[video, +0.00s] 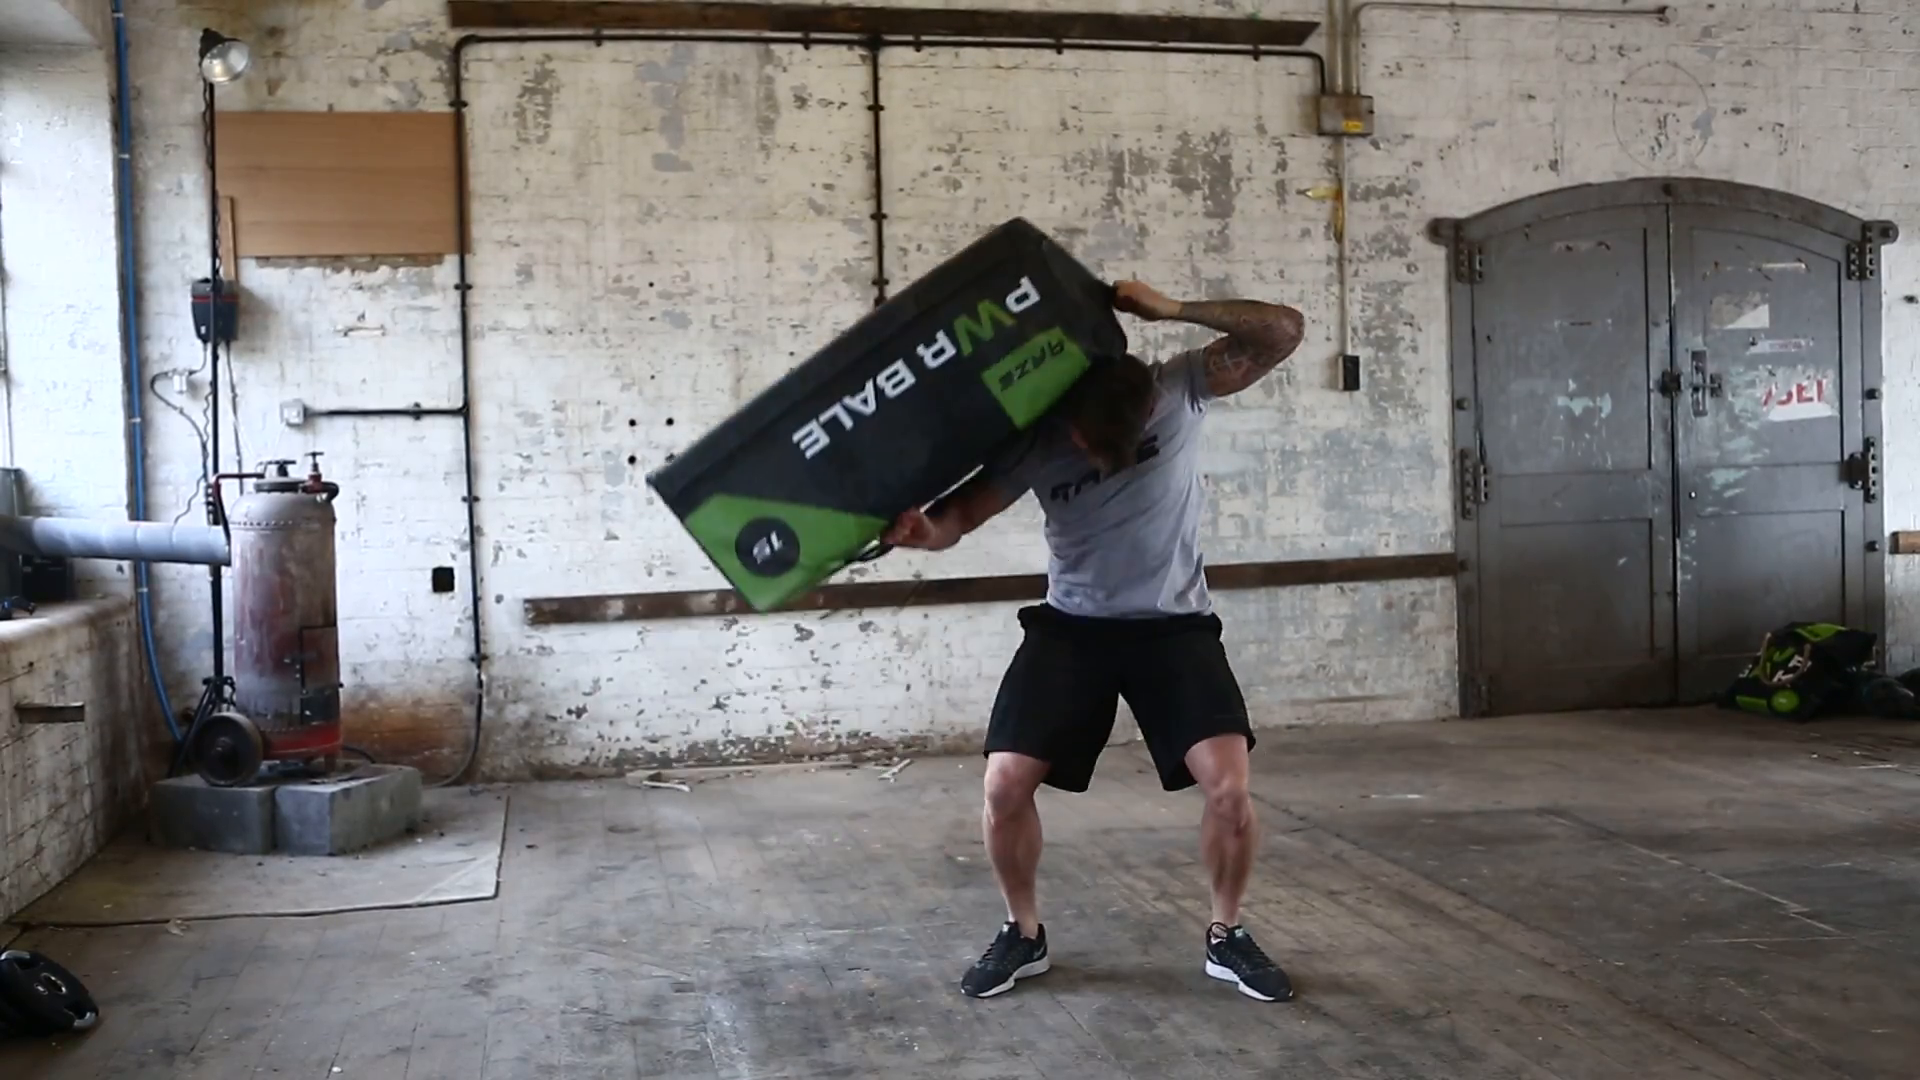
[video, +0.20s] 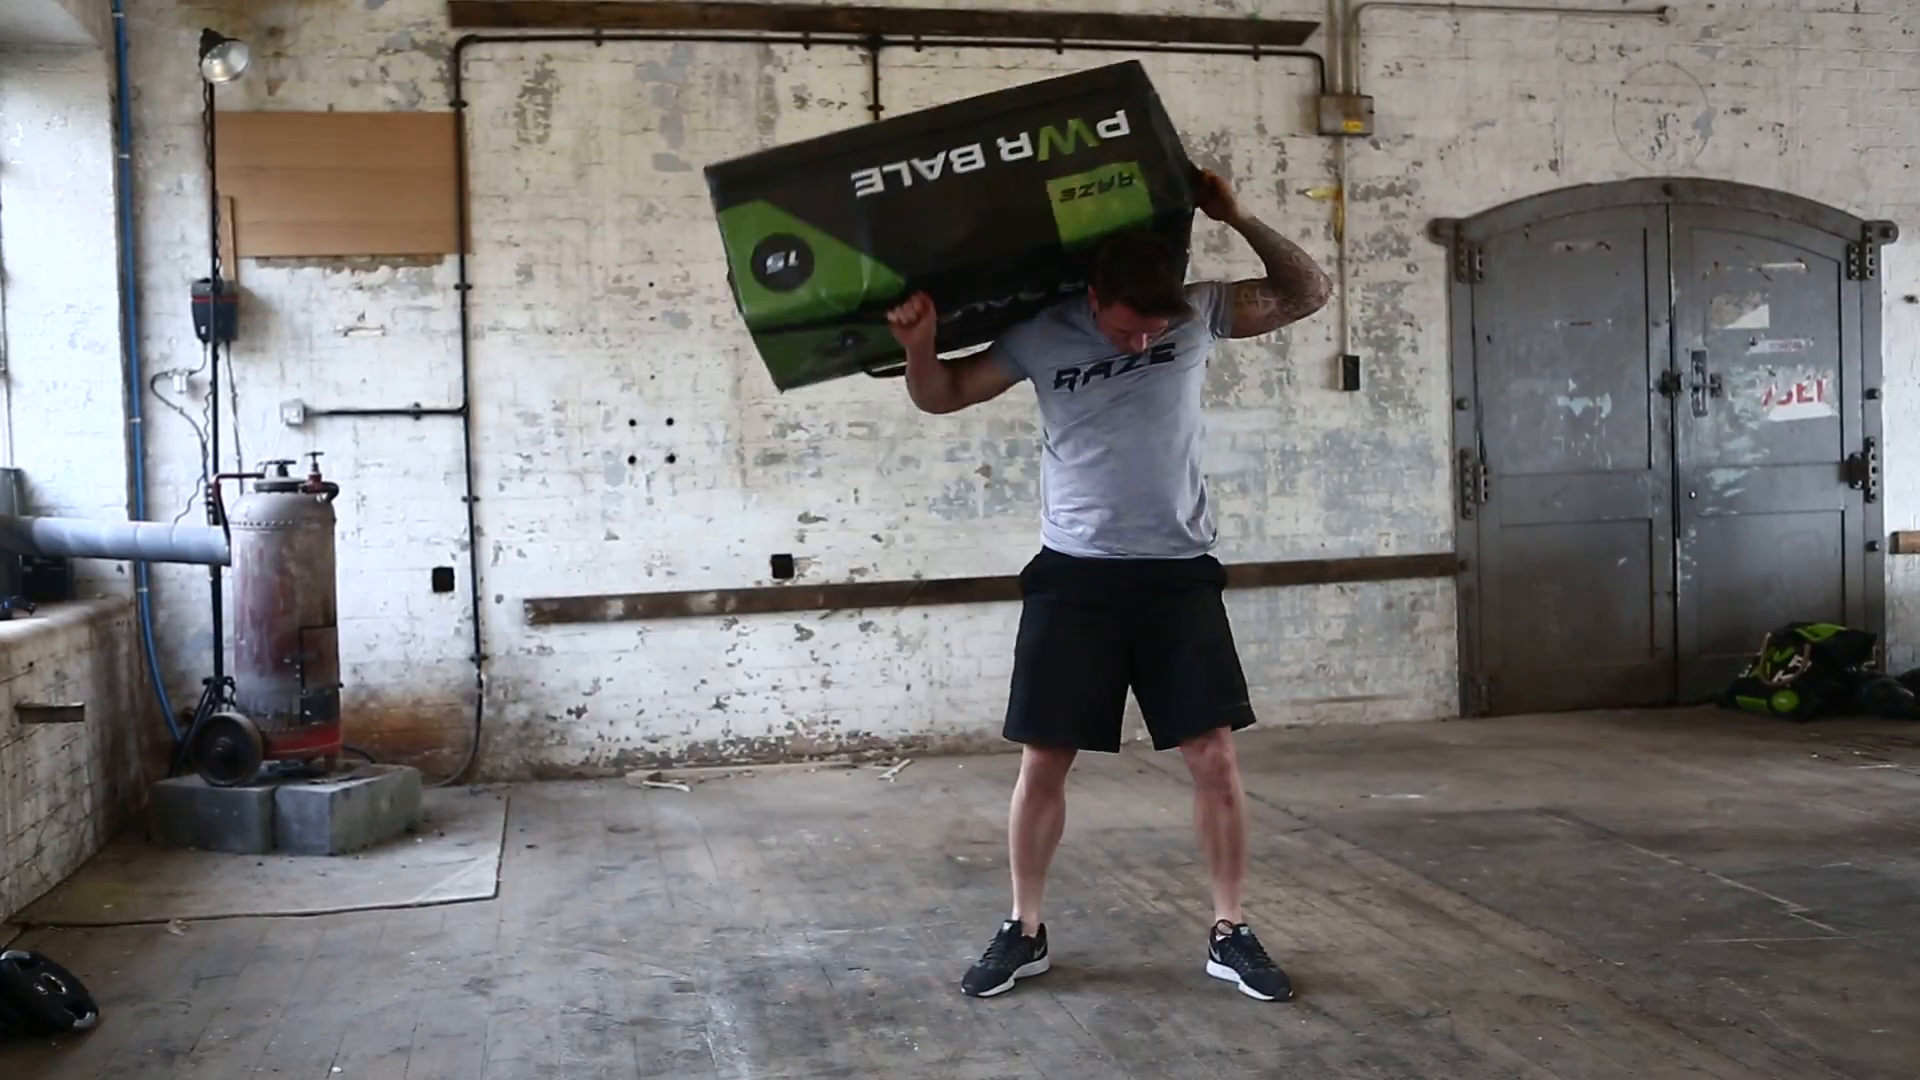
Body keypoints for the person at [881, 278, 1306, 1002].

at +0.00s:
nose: (1093, 460)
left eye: (1108, 449)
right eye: (1085, 448)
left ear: (1140, 414)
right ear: (1069, 420)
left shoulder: (1179, 389)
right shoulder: (1041, 443)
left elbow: (1286, 327)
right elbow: (956, 517)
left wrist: (1176, 309)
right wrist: (922, 530)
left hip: (1177, 627)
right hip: (1071, 630)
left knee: (1231, 791)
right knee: (1005, 785)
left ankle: (1227, 936)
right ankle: (1023, 934)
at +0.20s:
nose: (1142, 340)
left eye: (1155, 327)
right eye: (1127, 327)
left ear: (1172, 299)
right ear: (1093, 295)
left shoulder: (1199, 310)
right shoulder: (1040, 336)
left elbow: (1307, 289)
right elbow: (940, 396)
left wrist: (1240, 218)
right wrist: (918, 352)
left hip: (1179, 576)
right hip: (1072, 578)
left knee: (1214, 758)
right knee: (1042, 760)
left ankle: (1230, 931)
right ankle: (1023, 926)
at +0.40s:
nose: (1132, 315)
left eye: (1148, 301)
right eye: (1117, 300)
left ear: (1171, 282)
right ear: (1090, 277)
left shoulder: (1198, 325)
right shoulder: (1042, 317)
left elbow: (1305, 350)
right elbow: (926, 335)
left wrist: (1285, 255)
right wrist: (924, 263)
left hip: (1170, 581)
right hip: (1064, 581)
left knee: (1203, 760)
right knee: (1040, 763)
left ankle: (1230, 930)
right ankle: (1021, 927)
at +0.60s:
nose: (1130, 303)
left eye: (1146, 287)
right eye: (1115, 286)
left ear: (1176, 272)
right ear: (1094, 270)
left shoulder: (1208, 327)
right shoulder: (1054, 317)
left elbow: (1325, 353)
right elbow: (946, 334)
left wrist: (1301, 249)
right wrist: (934, 267)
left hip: (1174, 581)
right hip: (1069, 580)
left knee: (1207, 758)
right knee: (1045, 763)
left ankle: (1232, 930)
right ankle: (1023, 927)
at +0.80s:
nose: (1129, 300)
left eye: (1144, 284)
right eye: (1114, 284)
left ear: (1167, 272)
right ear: (1088, 272)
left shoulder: (1200, 328)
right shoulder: (1046, 322)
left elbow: (1321, 349)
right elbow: (939, 342)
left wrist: (1301, 246)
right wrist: (932, 267)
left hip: (1171, 581)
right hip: (1066, 581)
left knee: (1204, 759)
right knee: (1043, 764)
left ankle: (1232, 927)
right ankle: (1022, 928)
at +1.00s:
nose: (1120, 301)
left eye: (1136, 285)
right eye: (1105, 285)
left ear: (1162, 273)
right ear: (1082, 272)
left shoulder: (1196, 331)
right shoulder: (1042, 320)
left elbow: (1314, 358)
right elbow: (933, 338)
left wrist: (1302, 253)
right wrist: (932, 267)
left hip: (1163, 582)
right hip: (1058, 582)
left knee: (1200, 759)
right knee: (1038, 766)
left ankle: (1232, 927)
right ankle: (1022, 928)